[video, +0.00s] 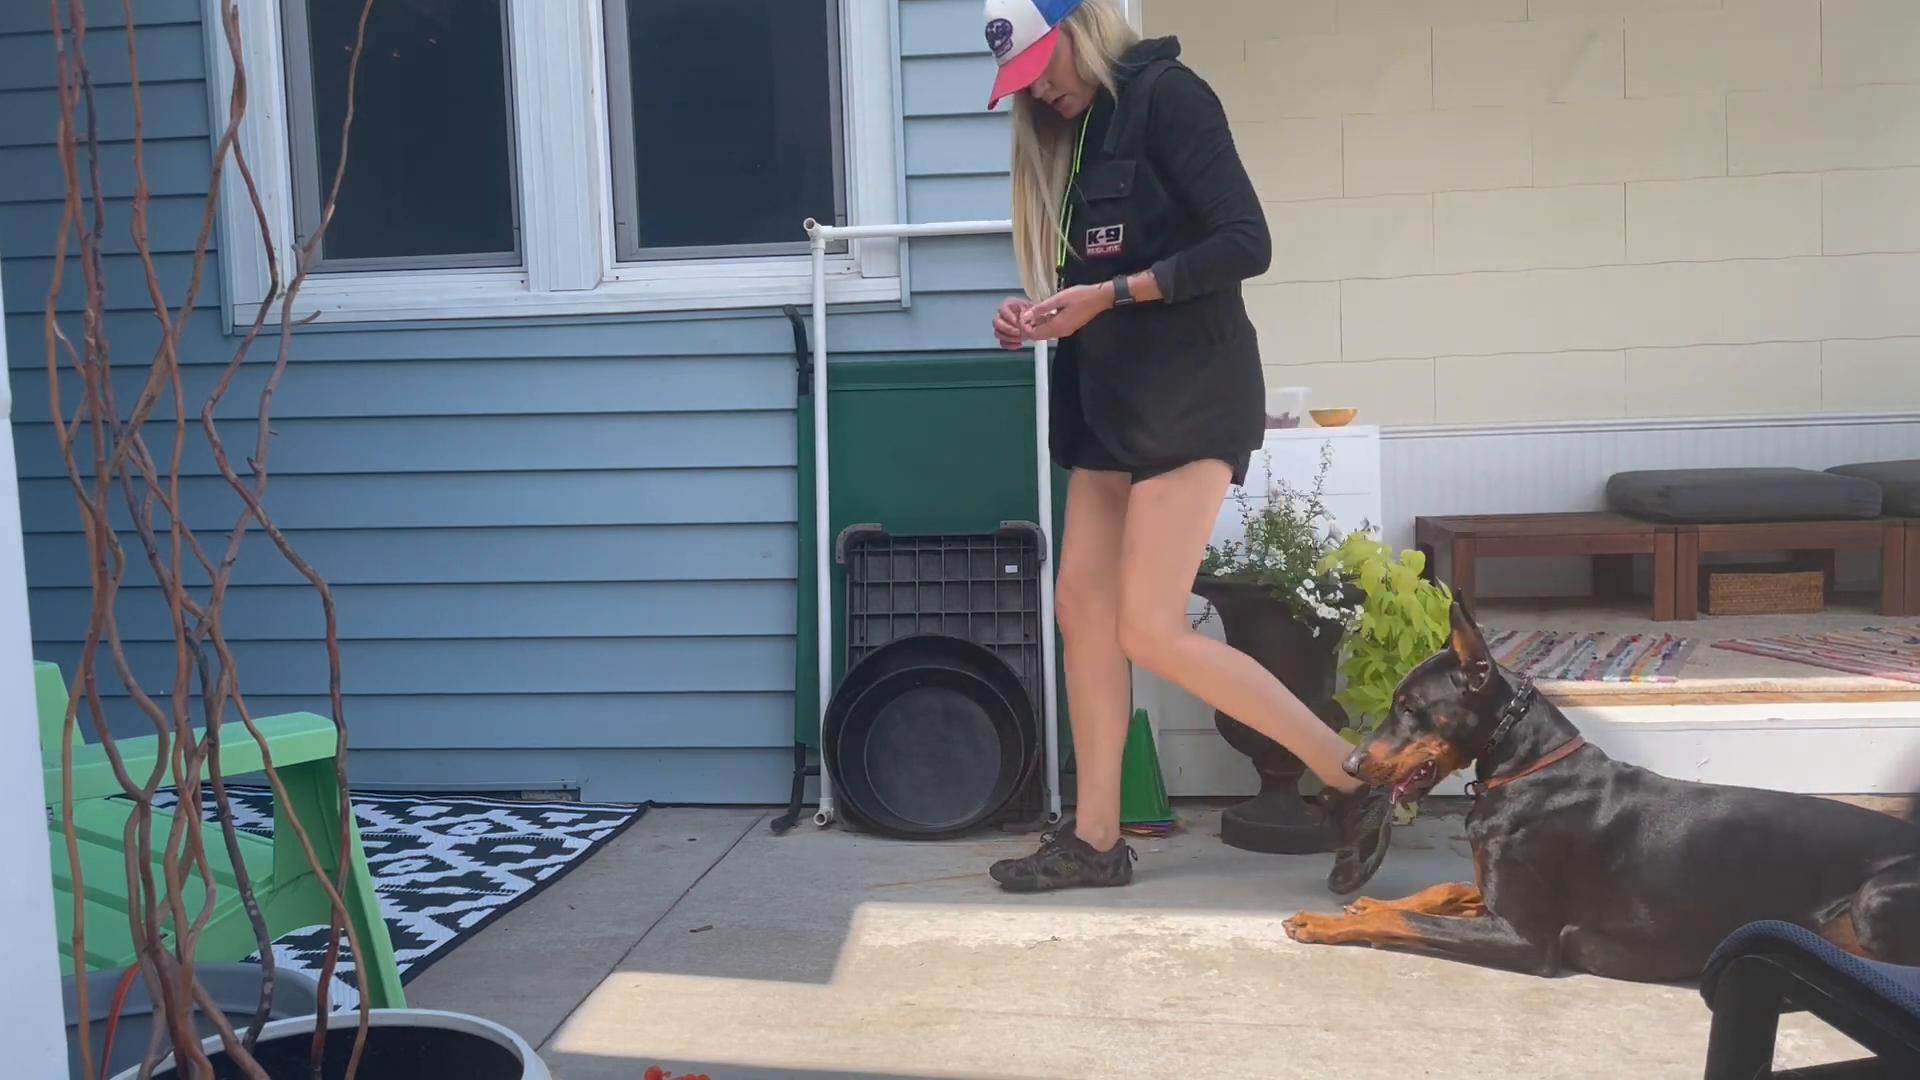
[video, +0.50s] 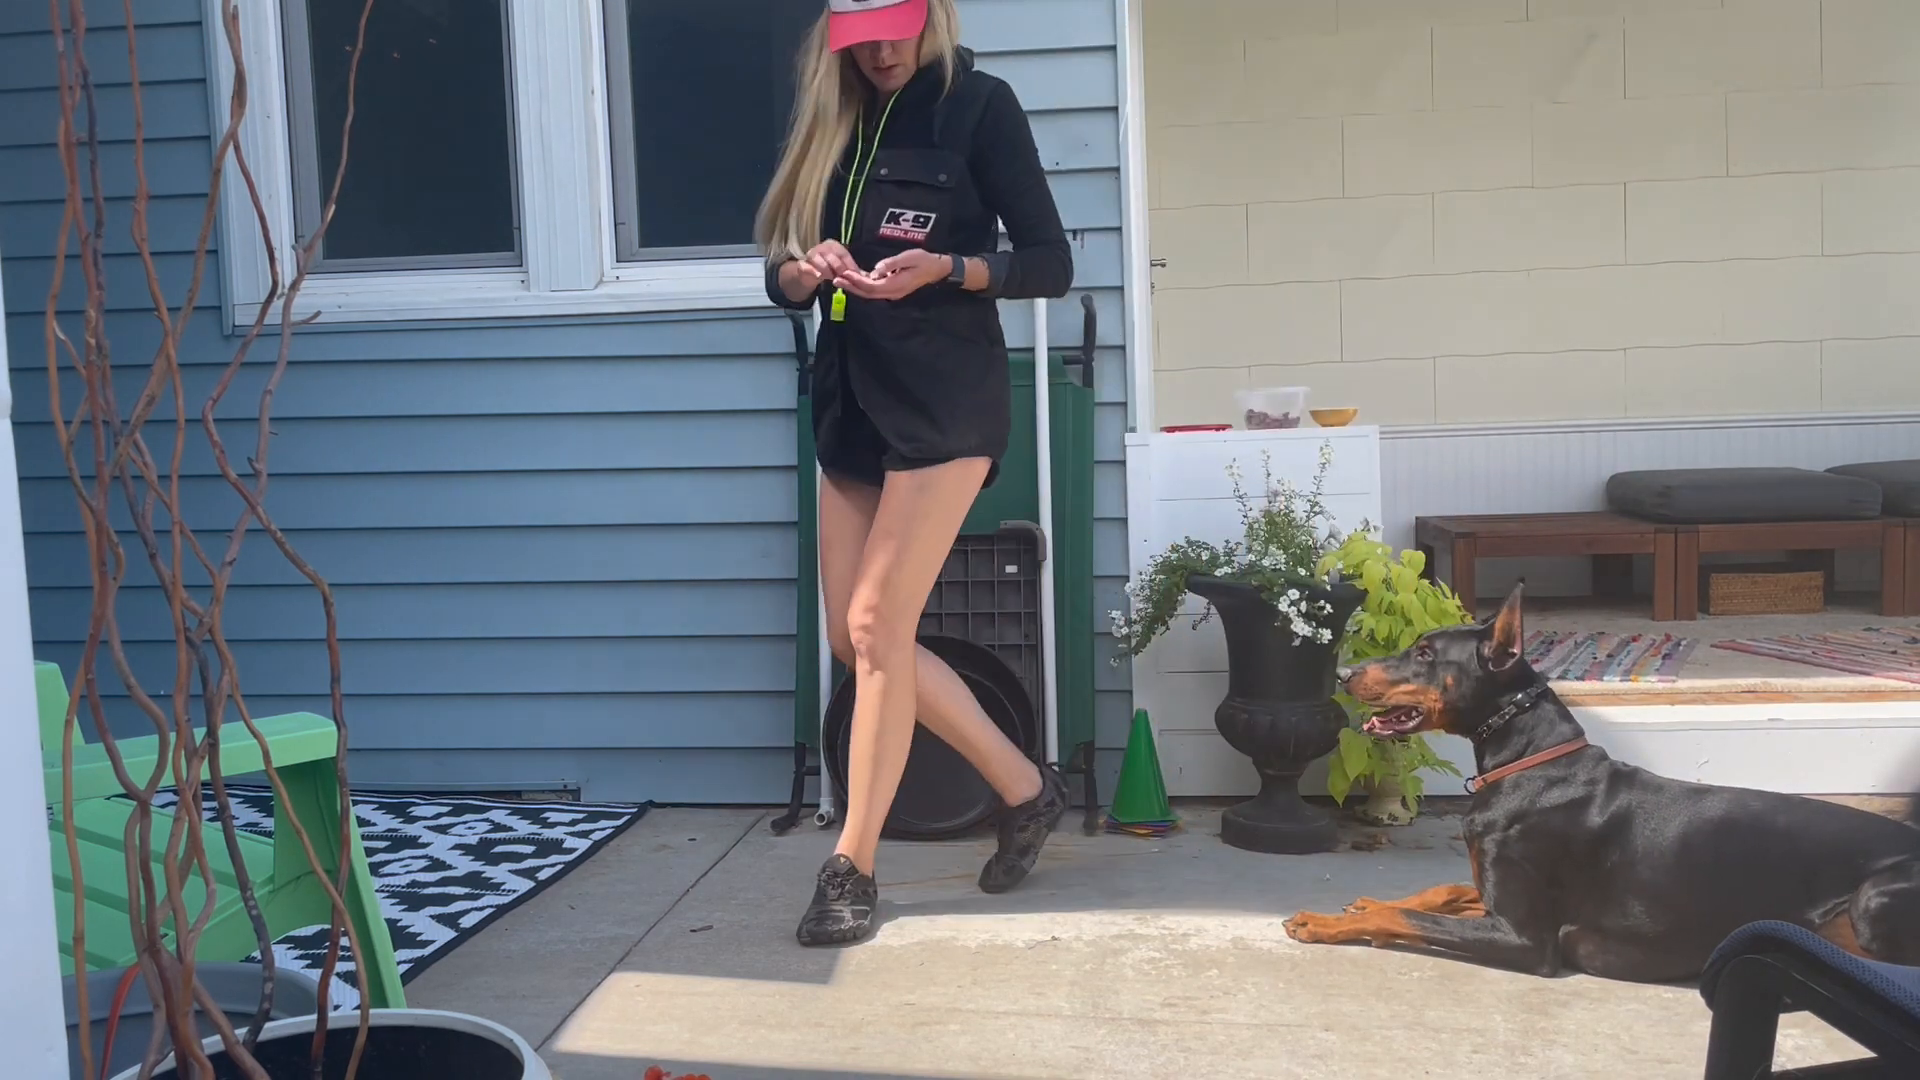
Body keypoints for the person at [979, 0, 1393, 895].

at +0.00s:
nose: (1042, 97)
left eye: (1043, 73)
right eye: (1028, 86)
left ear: (1081, 30)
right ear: (1033, 67)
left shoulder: (1170, 94)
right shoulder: (1084, 132)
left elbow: (1245, 242)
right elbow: (1110, 266)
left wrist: (1110, 293)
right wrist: (1047, 306)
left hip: (1193, 393)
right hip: (1109, 397)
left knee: (1151, 627)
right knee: (1084, 606)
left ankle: (1353, 779)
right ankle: (1097, 840)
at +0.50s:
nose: (883, 57)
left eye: (897, 38)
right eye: (863, 43)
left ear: (930, 18)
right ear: (838, 35)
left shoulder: (979, 102)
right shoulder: (835, 106)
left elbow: (1051, 263)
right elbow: (785, 275)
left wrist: (947, 267)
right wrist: (799, 272)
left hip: (951, 397)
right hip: (853, 396)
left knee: (879, 625)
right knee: (855, 634)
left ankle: (852, 868)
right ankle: (1025, 786)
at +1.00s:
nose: (779, 32)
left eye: (787, 21)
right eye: (768, 16)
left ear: (784, 18)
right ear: (712, 2)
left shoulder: (780, 84)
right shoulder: (614, 72)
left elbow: (808, 229)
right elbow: (572, 250)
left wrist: (822, 276)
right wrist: (725, 265)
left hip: (771, 368)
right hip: (651, 373)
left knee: (801, 626)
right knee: (648, 630)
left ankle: (834, 865)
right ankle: (596, 876)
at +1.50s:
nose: (722, 38)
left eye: (727, 27)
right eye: (715, 21)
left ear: (684, 8)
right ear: (671, 2)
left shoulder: (665, 67)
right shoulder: (588, 56)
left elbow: (658, 236)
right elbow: (558, 244)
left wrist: (745, 258)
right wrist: (723, 257)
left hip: (684, 367)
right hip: (616, 373)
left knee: (674, 622)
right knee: (622, 630)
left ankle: (644, 858)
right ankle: (594, 880)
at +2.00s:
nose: (745, 43)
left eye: (749, 31)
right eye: (740, 26)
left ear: (700, 14)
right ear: (693, 8)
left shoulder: (672, 77)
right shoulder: (620, 68)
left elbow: (667, 240)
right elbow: (605, 232)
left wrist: (756, 274)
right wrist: (741, 245)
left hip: (666, 376)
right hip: (633, 375)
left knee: (671, 621)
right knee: (694, 615)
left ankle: (638, 861)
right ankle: (653, 879)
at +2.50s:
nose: (807, 34)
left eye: (811, 22)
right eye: (801, 17)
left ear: (747, 6)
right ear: (751, 5)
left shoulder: (712, 67)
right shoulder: (672, 67)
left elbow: (716, 231)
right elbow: (658, 249)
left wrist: (793, 277)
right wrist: (778, 264)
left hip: (674, 372)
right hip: (657, 376)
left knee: (670, 628)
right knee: (696, 626)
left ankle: (639, 863)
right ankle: (684, 886)